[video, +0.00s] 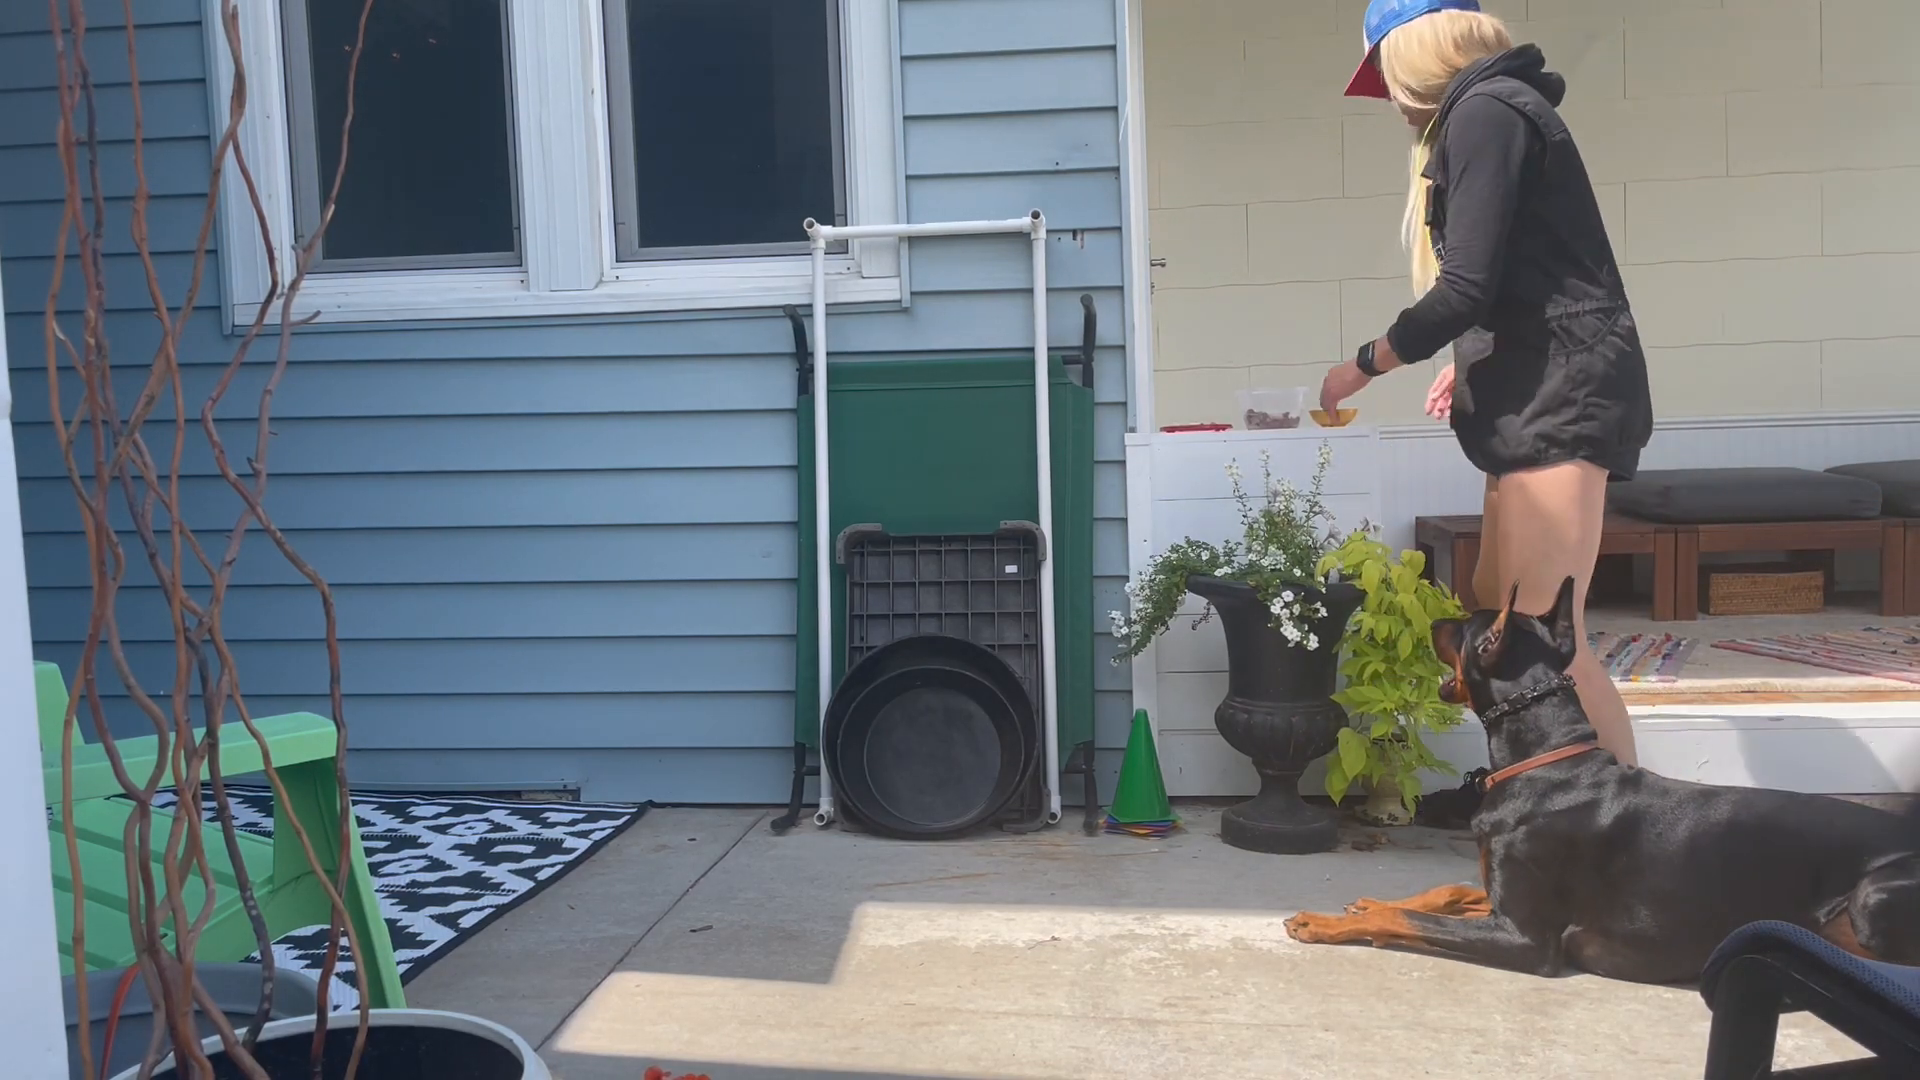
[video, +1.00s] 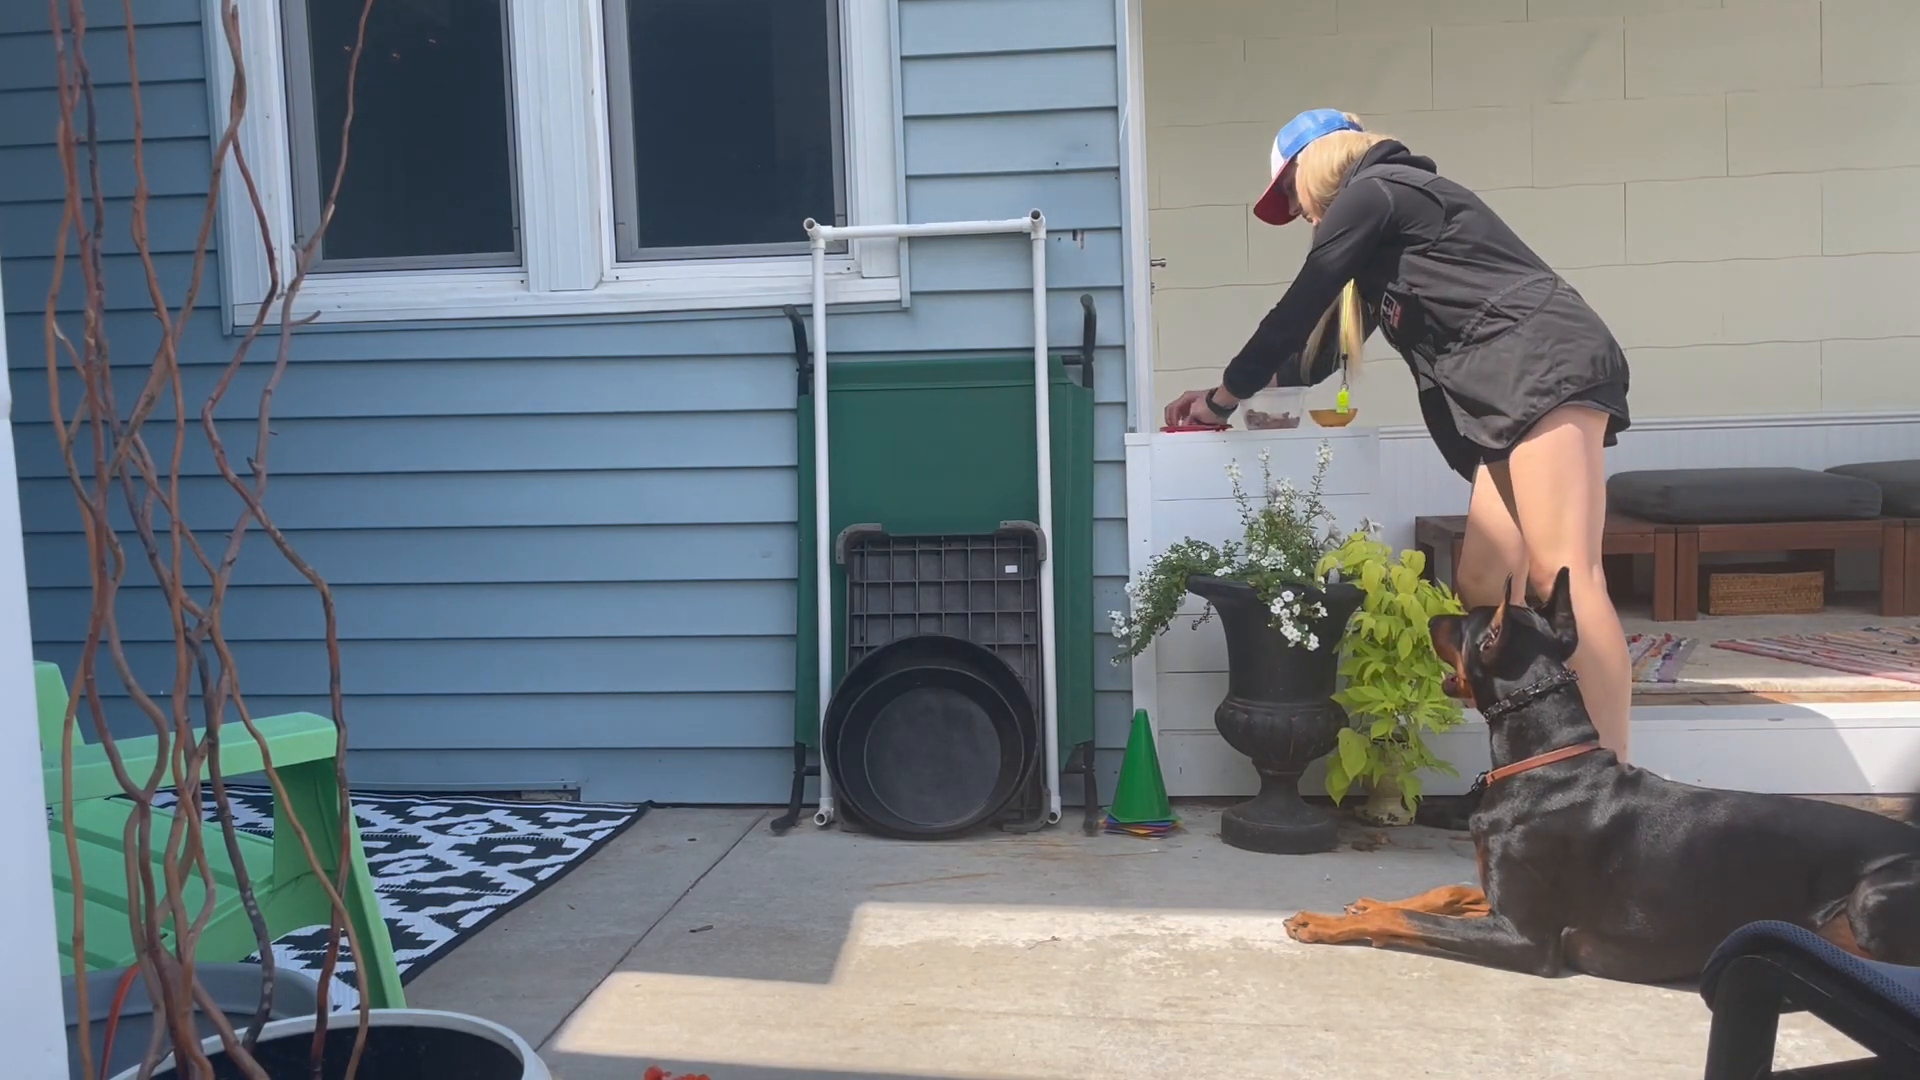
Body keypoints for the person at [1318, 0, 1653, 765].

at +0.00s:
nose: (1395, 98)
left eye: (1393, 79)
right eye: (1388, 83)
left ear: (1420, 62)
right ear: (1462, 46)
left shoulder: (1485, 112)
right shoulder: (1491, 110)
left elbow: (1467, 287)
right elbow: (1538, 272)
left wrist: (1361, 365)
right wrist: (1477, 363)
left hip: (1564, 380)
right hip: (1530, 381)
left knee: (1547, 633)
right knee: (1497, 614)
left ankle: (1625, 819)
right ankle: (1528, 791)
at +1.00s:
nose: (1300, 211)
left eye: (1296, 191)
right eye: (1292, 200)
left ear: (1318, 164)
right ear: (1346, 156)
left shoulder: (1374, 191)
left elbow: (1296, 311)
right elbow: (1327, 343)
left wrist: (1220, 397)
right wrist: (1224, 395)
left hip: (1544, 359)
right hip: (1512, 390)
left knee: (1564, 581)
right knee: (1484, 579)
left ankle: (1608, 785)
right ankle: (1539, 772)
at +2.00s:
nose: (1368, 124)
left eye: (1366, 102)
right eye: (1358, 114)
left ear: (1399, 66)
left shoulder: (1480, 111)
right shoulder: (1451, 133)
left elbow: (1571, 230)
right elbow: (1489, 278)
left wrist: (1460, 322)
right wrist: (1425, 358)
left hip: (1544, 396)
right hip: (1523, 399)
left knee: (1500, 636)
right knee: (1518, 635)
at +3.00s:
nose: (1353, 128)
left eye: (1354, 105)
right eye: (1336, 122)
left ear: (1381, 57)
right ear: (1318, 117)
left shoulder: (1484, 97)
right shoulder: (1410, 134)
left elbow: (1619, 215)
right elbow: (1450, 271)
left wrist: (1497, 312)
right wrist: (1430, 366)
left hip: (1560, 381)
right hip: (1485, 390)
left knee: (1541, 639)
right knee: (1506, 635)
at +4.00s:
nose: (1042, 97)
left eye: (1043, 73)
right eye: (1028, 86)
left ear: (1081, 30)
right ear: (1033, 67)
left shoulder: (1170, 94)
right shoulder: (1084, 132)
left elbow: (1245, 242)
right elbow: (1110, 266)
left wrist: (1110, 293)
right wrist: (1047, 306)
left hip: (1193, 393)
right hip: (1109, 397)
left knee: (1151, 627)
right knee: (1084, 606)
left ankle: (1353, 779)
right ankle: (1097, 840)